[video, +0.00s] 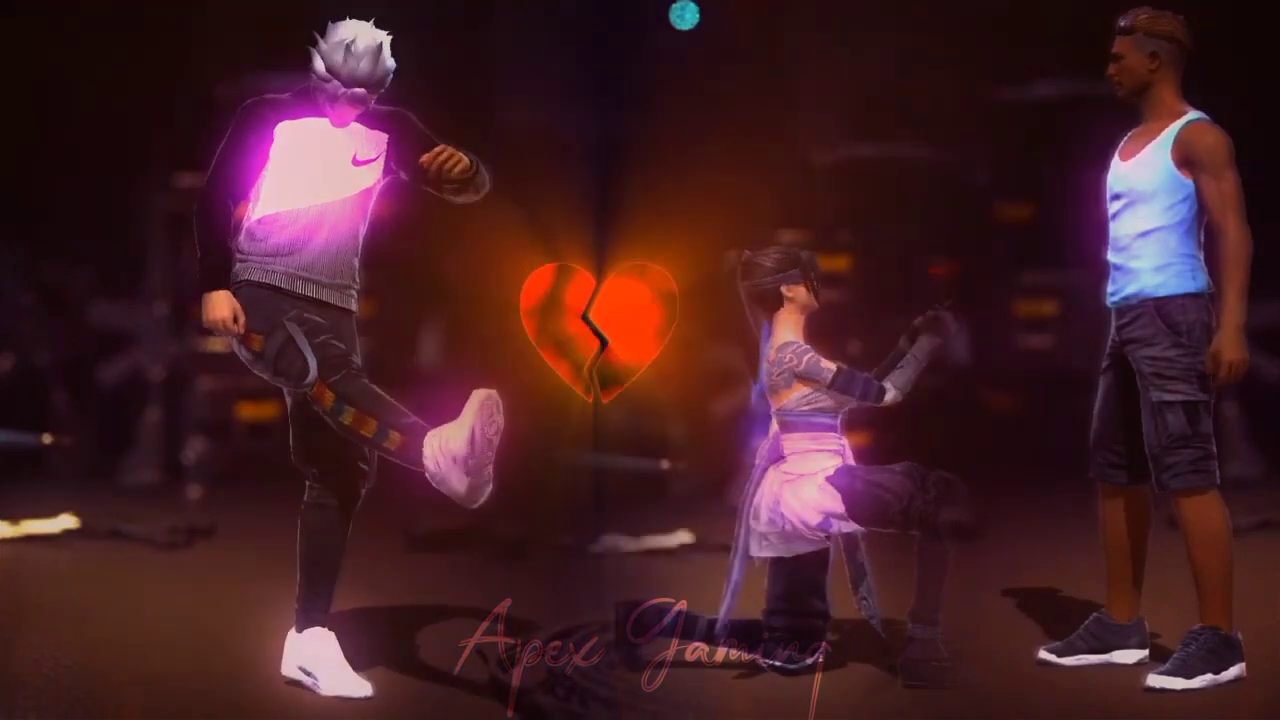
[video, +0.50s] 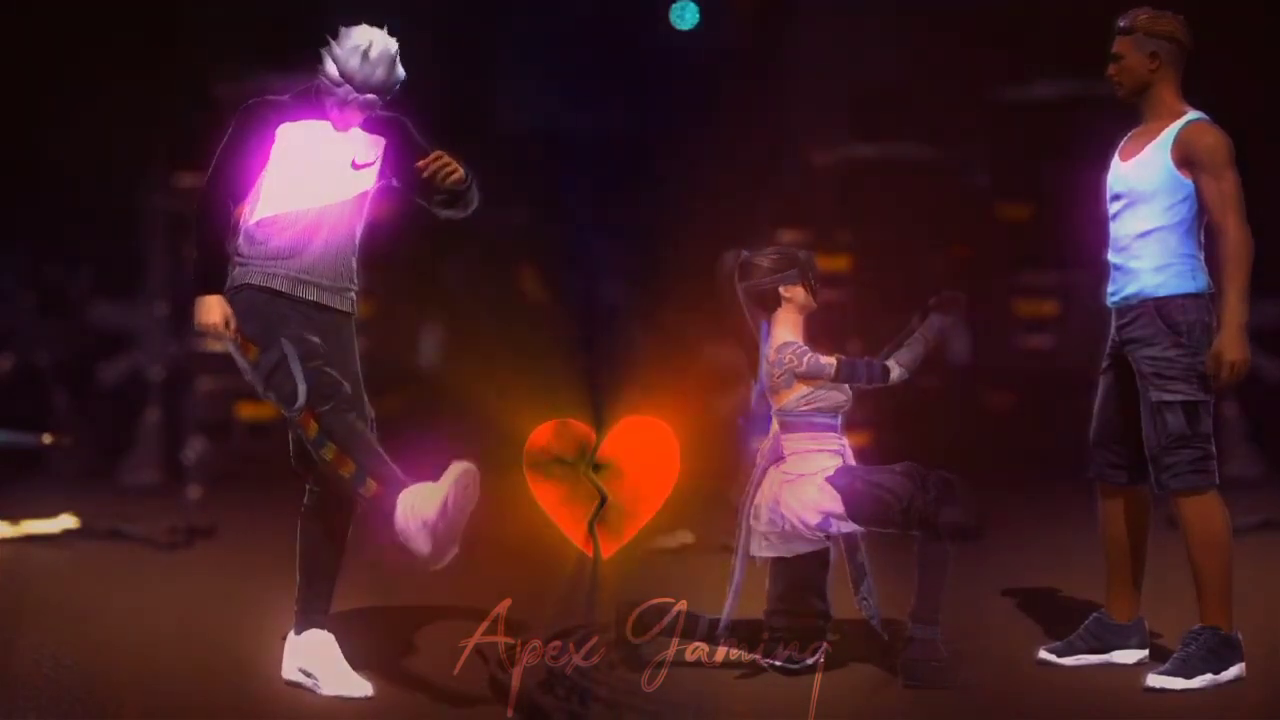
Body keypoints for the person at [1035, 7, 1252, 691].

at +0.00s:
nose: (1110, 68)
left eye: (1120, 58)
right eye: (1111, 58)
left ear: (1157, 62)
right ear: (1140, 65)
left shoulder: (1198, 135)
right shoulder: (1132, 141)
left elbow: (1233, 232)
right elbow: (1136, 240)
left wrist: (1231, 328)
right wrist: (1119, 320)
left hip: (1172, 320)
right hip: (1125, 322)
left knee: (1190, 476)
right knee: (1116, 470)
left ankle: (1216, 636)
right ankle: (1121, 623)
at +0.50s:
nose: (1110, 68)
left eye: (1120, 58)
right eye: (1111, 58)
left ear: (1157, 62)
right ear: (1141, 65)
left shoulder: (1199, 135)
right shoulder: (1131, 142)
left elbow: (1234, 233)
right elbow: (1135, 241)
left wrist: (1232, 328)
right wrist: (1119, 321)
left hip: (1172, 319)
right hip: (1125, 322)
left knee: (1189, 476)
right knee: (1115, 469)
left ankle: (1216, 637)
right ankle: (1120, 623)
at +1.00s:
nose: (1113, 69)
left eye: (1122, 59)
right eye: (1113, 59)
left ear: (1160, 62)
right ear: (1142, 65)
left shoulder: (1200, 135)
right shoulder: (1133, 140)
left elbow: (1234, 232)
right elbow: (1135, 240)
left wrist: (1227, 327)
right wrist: (1117, 321)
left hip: (1172, 320)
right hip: (1125, 322)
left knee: (1190, 476)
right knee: (1117, 471)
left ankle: (1216, 637)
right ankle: (1120, 623)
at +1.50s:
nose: (1112, 68)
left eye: (1122, 58)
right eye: (1112, 59)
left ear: (1159, 62)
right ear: (1141, 65)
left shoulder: (1200, 135)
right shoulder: (1132, 140)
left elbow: (1234, 232)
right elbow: (1136, 240)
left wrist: (1229, 327)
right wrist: (1118, 319)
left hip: (1172, 320)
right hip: (1125, 323)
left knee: (1190, 477)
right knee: (1117, 471)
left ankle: (1216, 637)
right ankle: (1121, 623)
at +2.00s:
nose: (1111, 68)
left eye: (1120, 58)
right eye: (1111, 58)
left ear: (1158, 62)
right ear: (1140, 65)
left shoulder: (1199, 135)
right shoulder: (1131, 141)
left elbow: (1233, 233)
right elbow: (1135, 241)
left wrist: (1231, 328)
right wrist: (1119, 320)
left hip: (1172, 320)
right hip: (1125, 323)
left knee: (1189, 477)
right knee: (1115, 471)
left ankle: (1216, 637)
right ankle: (1121, 623)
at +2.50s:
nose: (1110, 68)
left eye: (1120, 58)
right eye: (1110, 58)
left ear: (1157, 62)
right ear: (1140, 65)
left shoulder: (1199, 135)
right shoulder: (1131, 142)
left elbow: (1234, 234)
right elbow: (1136, 241)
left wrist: (1232, 328)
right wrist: (1119, 321)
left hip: (1172, 321)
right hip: (1125, 323)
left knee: (1189, 478)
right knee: (1115, 471)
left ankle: (1216, 637)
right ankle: (1121, 623)